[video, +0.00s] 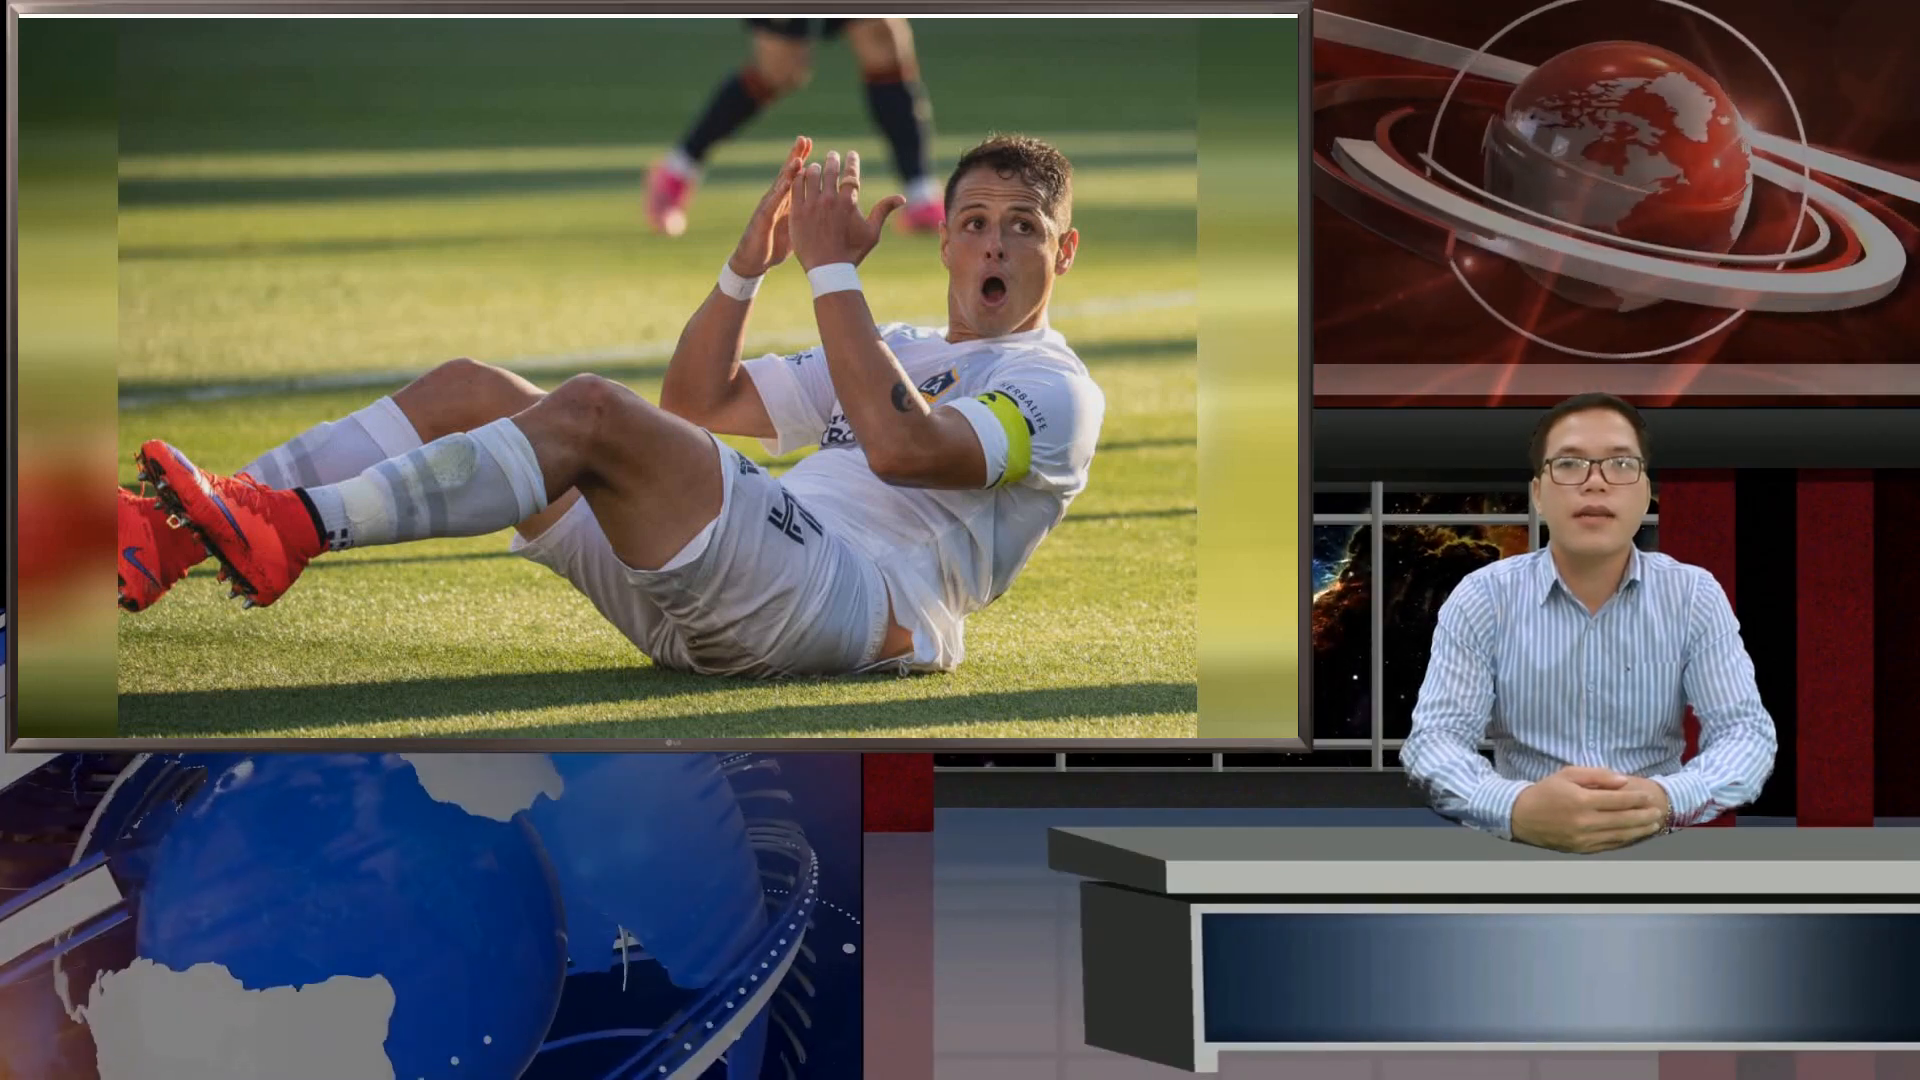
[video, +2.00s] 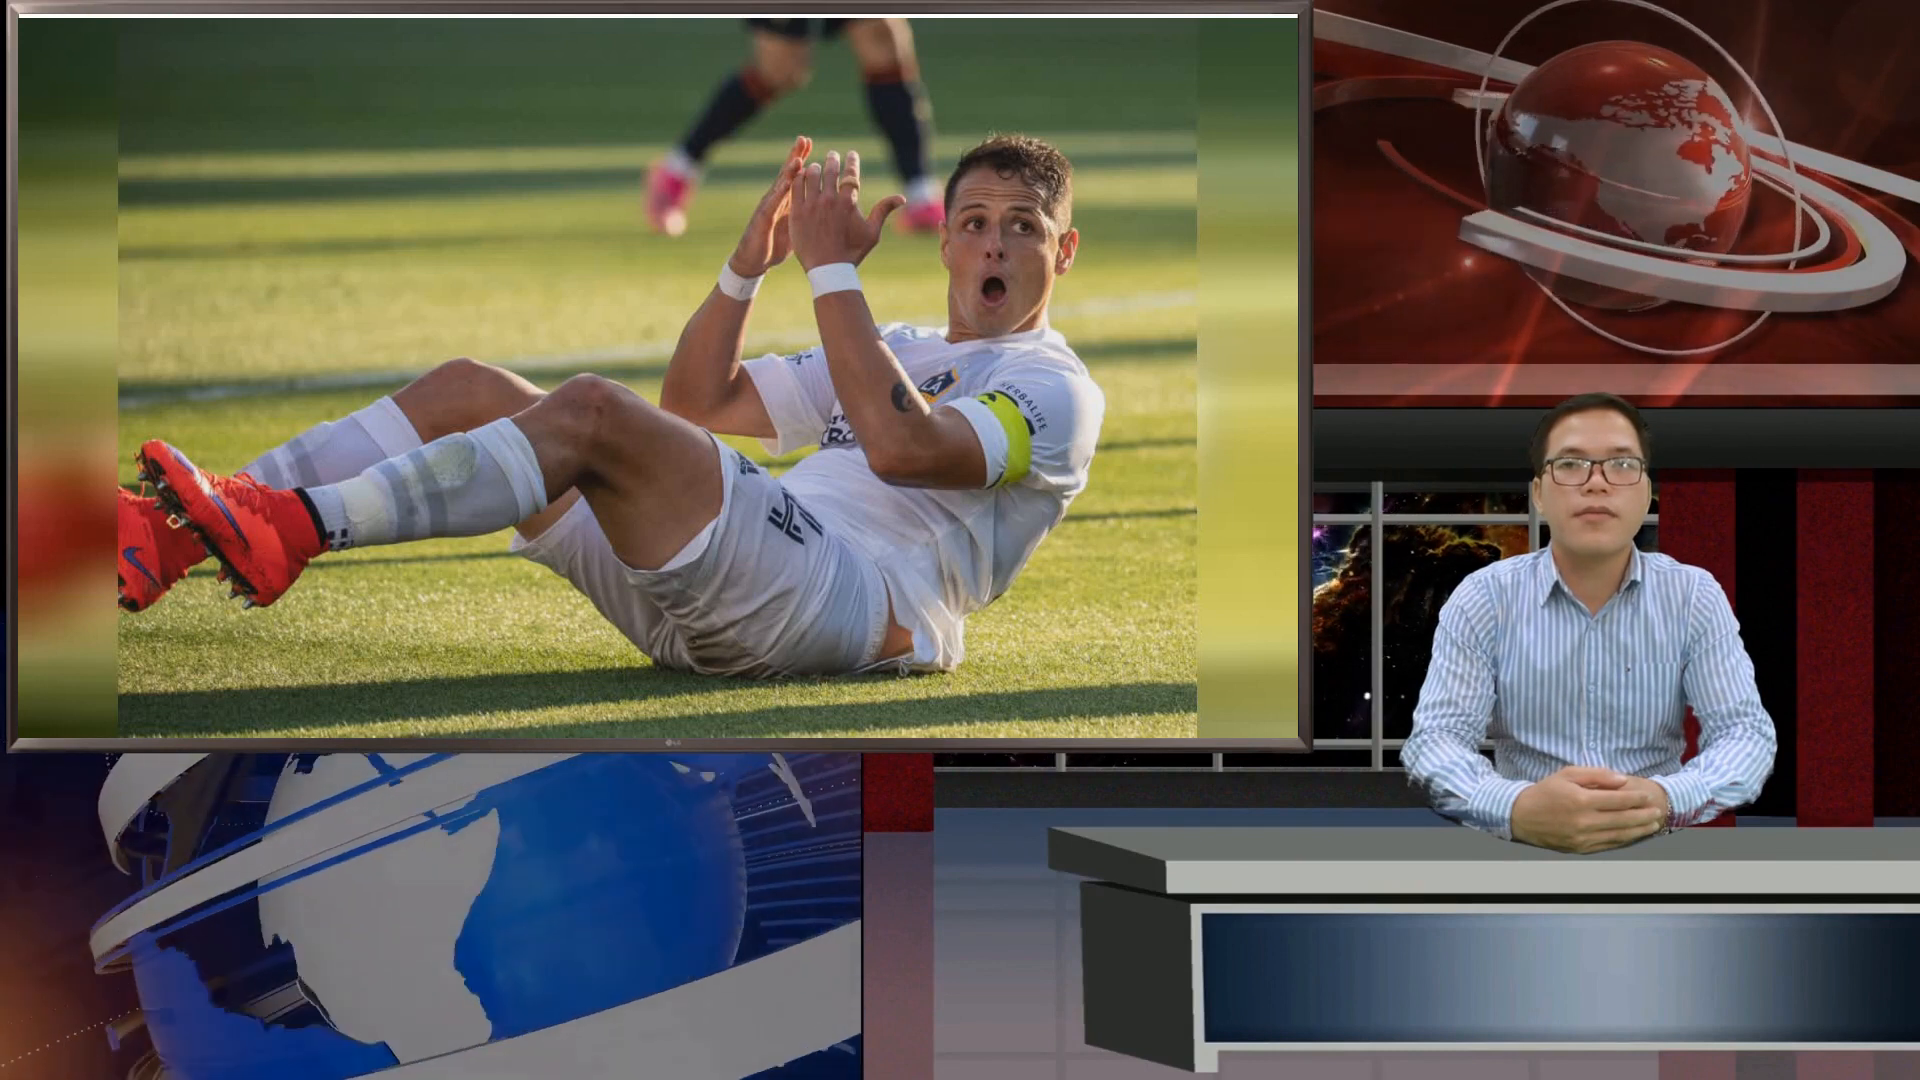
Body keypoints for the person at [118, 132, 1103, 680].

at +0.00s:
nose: (995, 246)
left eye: (1022, 230)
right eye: (976, 224)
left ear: (1065, 257)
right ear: (942, 241)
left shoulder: (1055, 389)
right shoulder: (892, 358)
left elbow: (902, 447)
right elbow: (695, 404)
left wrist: (833, 270)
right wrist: (747, 270)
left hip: (840, 603)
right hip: (732, 573)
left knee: (593, 413)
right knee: (468, 389)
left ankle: (299, 525)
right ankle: (180, 538)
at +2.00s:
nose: (996, 246)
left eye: (1023, 230)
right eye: (976, 223)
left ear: (1066, 257)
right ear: (943, 241)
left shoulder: (1056, 389)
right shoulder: (892, 358)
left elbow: (901, 447)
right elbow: (695, 405)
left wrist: (833, 268)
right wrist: (747, 269)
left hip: (840, 604)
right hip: (732, 572)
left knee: (593, 413)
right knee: (468, 389)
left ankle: (300, 524)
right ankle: (175, 541)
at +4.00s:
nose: (995, 246)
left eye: (1022, 230)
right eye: (975, 224)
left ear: (1065, 257)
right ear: (942, 242)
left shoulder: (1054, 389)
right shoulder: (893, 359)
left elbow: (901, 447)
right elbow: (695, 404)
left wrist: (833, 270)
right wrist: (746, 270)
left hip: (842, 602)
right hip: (734, 572)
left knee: (592, 413)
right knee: (468, 389)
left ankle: (299, 524)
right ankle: (173, 542)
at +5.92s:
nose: (994, 246)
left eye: (1022, 230)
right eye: (974, 224)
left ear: (1065, 257)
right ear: (942, 241)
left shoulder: (1055, 389)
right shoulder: (893, 358)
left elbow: (901, 447)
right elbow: (695, 404)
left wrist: (834, 270)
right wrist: (746, 270)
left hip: (842, 602)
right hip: (734, 573)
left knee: (592, 413)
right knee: (468, 389)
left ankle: (299, 524)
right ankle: (174, 541)